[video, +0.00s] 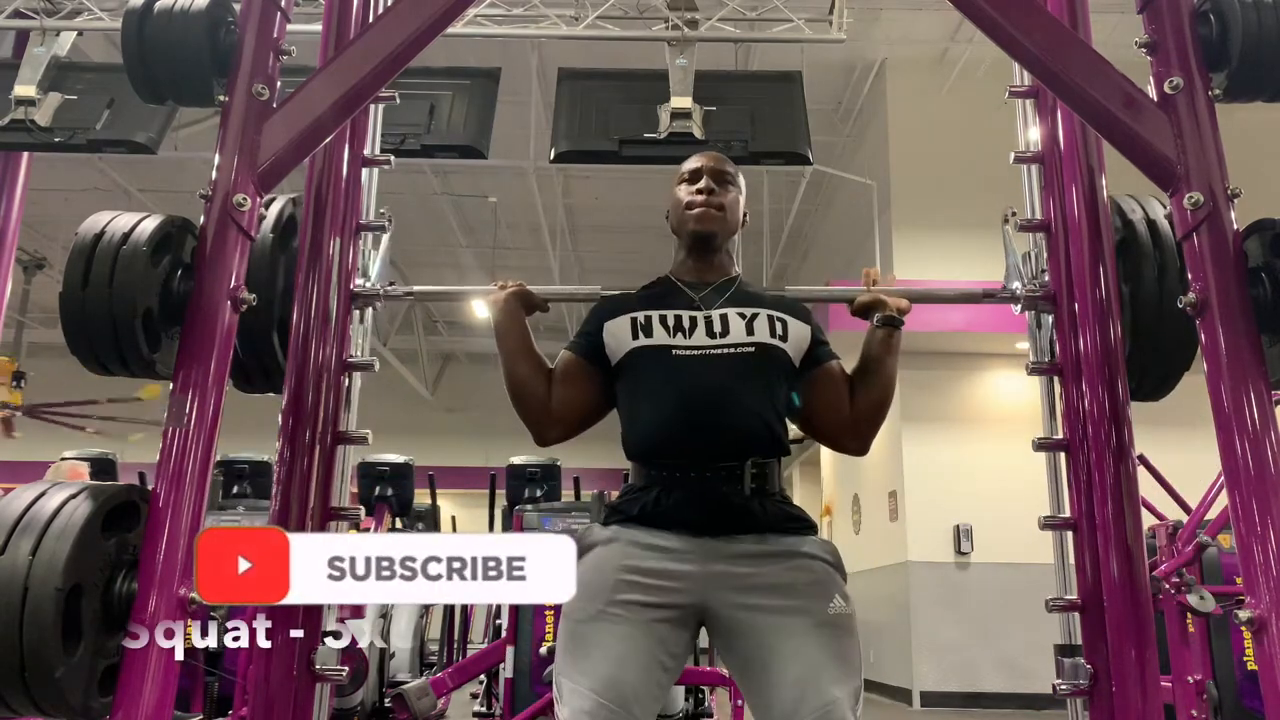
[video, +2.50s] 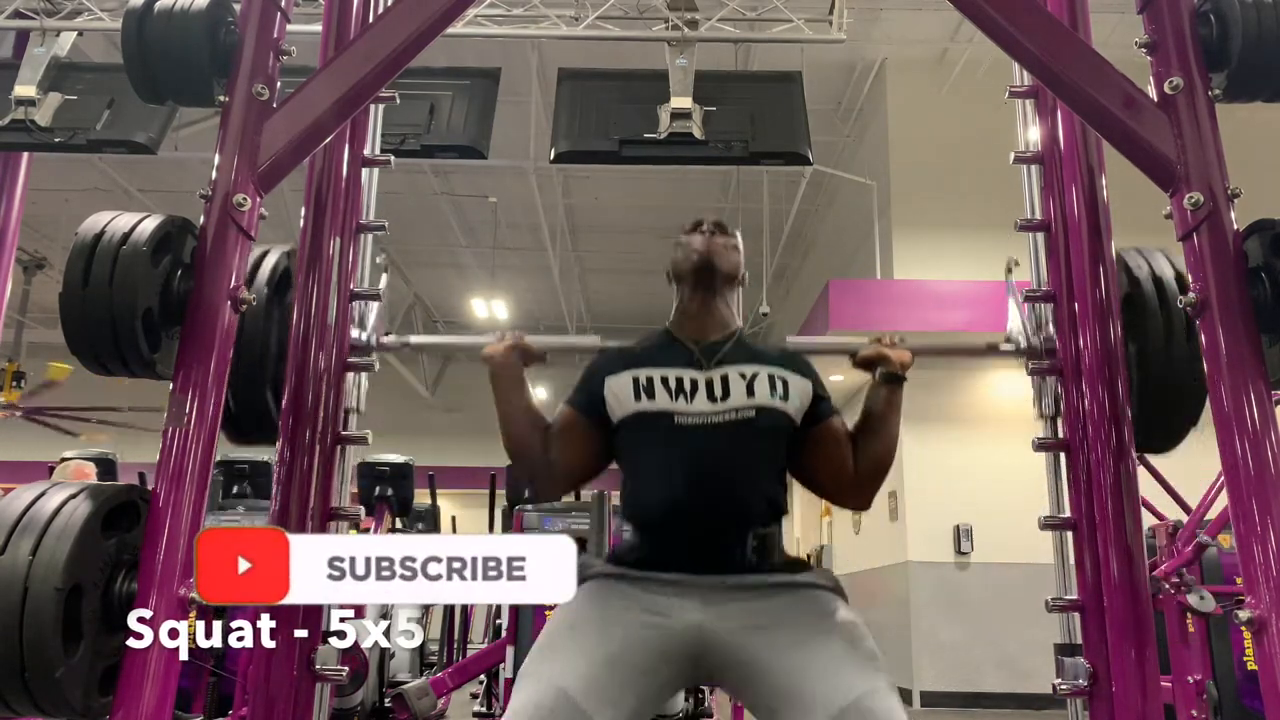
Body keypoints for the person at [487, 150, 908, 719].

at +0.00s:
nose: (705, 187)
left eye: (722, 182)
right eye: (691, 179)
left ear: (743, 214)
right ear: (669, 212)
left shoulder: (787, 317)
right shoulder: (617, 316)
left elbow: (853, 432)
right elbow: (548, 420)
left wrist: (885, 330)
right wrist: (508, 316)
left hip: (775, 553)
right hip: (639, 549)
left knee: (820, 710)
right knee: (597, 707)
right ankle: (677, 707)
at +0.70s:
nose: (706, 268)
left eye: (722, 262)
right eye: (692, 260)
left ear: (743, 295)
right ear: (670, 292)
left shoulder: (786, 400)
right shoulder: (617, 399)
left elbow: (856, 517)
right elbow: (546, 504)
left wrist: (889, 411)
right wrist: (502, 396)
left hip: (767, 629)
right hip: (631, 625)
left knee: (879, 714)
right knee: (529, 713)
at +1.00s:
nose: (707, 350)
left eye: (721, 342)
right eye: (692, 343)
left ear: (744, 371)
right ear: (668, 372)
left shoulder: (787, 478)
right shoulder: (613, 476)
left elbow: (858, 601)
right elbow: (544, 578)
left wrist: (894, 487)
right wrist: (499, 478)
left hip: (767, 685)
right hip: (637, 683)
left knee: (885, 717)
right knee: (511, 717)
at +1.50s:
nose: (703, 430)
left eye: (720, 420)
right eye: (687, 419)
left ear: (743, 449)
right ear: (665, 445)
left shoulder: (793, 561)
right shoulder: (610, 557)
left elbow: (862, 685)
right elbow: (540, 672)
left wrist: (899, 566)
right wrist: (497, 564)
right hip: (647, 712)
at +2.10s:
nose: (703, 361)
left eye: (719, 356)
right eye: (687, 355)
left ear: (740, 391)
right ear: (665, 388)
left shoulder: (789, 497)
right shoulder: (611, 493)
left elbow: (859, 617)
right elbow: (543, 608)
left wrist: (893, 504)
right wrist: (501, 499)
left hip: (771, 693)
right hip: (637, 691)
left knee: (889, 718)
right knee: (516, 717)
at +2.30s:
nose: (703, 305)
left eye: (719, 303)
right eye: (688, 303)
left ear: (741, 343)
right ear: (668, 342)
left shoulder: (788, 445)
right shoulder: (614, 440)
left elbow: (857, 563)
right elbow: (544, 543)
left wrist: (890, 453)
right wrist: (500, 438)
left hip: (767, 658)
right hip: (634, 654)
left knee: (887, 715)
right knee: (521, 714)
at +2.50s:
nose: (704, 230)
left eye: (721, 232)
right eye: (692, 231)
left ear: (742, 273)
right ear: (671, 271)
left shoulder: (787, 373)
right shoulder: (617, 370)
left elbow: (855, 487)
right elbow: (543, 477)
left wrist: (889, 383)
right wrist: (504, 368)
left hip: (773, 600)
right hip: (631, 597)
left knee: (871, 711)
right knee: (536, 711)